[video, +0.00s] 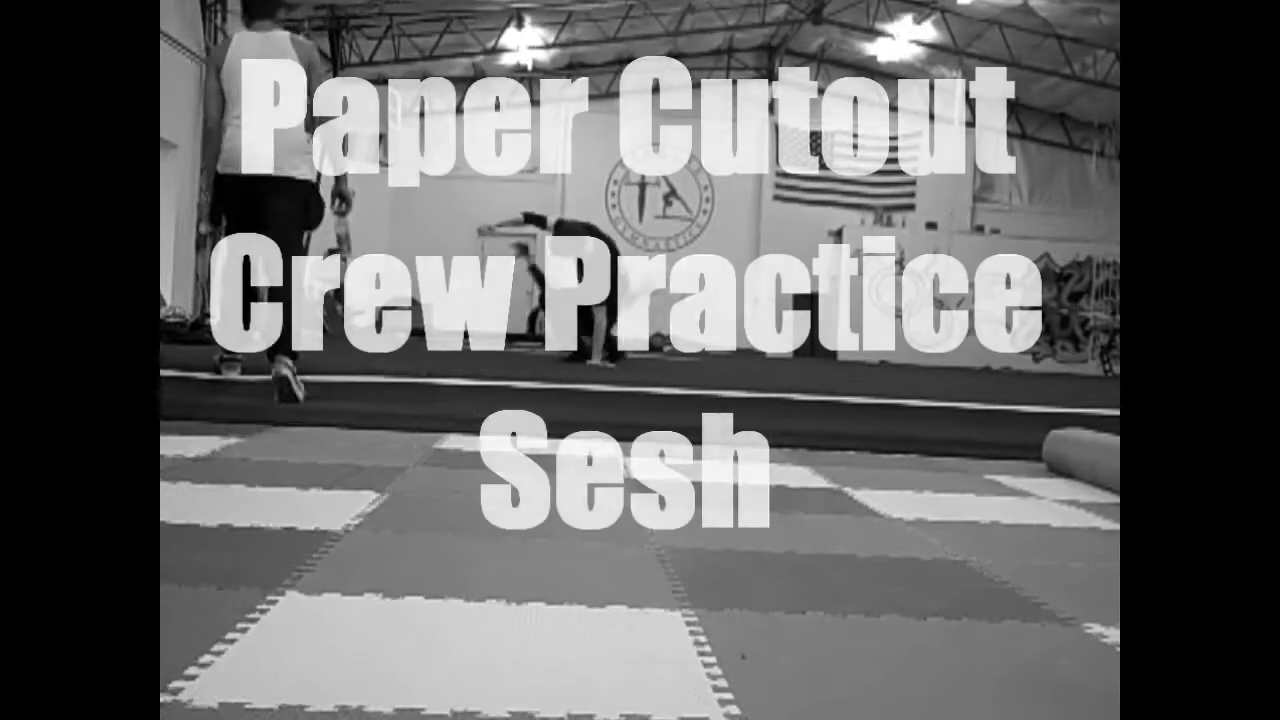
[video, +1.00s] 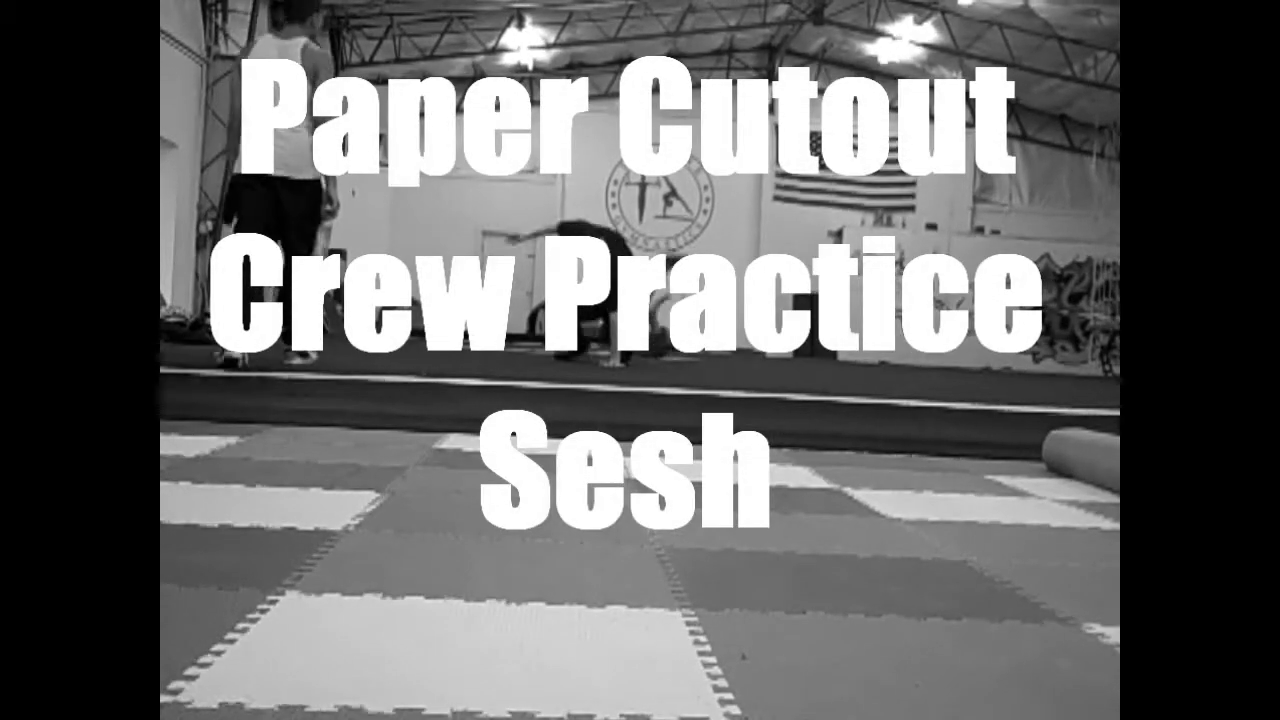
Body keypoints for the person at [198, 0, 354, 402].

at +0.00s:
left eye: (243, 11)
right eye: (280, 9)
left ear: (243, 11)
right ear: (282, 10)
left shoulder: (223, 51)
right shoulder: (305, 49)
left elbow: (213, 124)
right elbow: (329, 118)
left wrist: (207, 187)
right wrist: (342, 179)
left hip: (236, 179)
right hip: (291, 179)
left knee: (234, 267)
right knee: (288, 271)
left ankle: (230, 356)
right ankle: (284, 358)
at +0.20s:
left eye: (222, 9)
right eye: (265, 6)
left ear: (225, 8)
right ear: (265, 6)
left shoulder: (211, 48)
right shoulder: (290, 41)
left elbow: (197, 123)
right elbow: (316, 109)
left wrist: (195, 188)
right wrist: (327, 169)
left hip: (233, 181)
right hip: (289, 180)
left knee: (229, 270)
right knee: (292, 267)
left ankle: (231, 359)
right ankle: (288, 338)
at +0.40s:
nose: (269, 8)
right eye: (268, 5)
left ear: (226, 5)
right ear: (264, 4)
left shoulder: (208, 43)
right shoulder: (286, 35)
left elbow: (190, 116)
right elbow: (309, 106)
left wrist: (185, 180)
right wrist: (323, 164)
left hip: (230, 171)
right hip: (286, 171)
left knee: (231, 261)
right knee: (288, 257)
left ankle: (231, 353)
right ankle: (282, 331)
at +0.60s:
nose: (276, 8)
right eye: (274, 5)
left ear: (235, 6)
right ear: (271, 6)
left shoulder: (214, 44)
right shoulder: (289, 40)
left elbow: (195, 116)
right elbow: (306, 115)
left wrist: (192, 178)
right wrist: (318, 170)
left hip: (231, 175)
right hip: (285, 176)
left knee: (230, 264)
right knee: (290, 262)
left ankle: (231, 353)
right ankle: (293, 344)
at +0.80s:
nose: (294, 14)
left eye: (290, 10)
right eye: (293, 10)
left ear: (254, 11)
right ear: (289, 11)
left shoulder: (225, 49)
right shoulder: (300, 48)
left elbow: (214, 121)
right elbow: (310, 121)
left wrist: (209, 182)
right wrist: (320, 176)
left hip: (236, 175)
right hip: (288, 178)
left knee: (234, 263)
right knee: (292, 262)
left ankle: (234, 350)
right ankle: (298, 344)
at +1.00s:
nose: (321, 21)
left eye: (322, 15)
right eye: (320, 14)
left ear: (276, 13)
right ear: (311, 16)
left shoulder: (252, 51)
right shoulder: (317, 55)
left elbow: (236, 118)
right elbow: (324, 125)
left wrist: (230, 170)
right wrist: (332, 183)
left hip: (252, 174)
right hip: (299, 179)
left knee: (246, 259)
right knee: (300, 262)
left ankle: (235, 343)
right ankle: (301, 346)